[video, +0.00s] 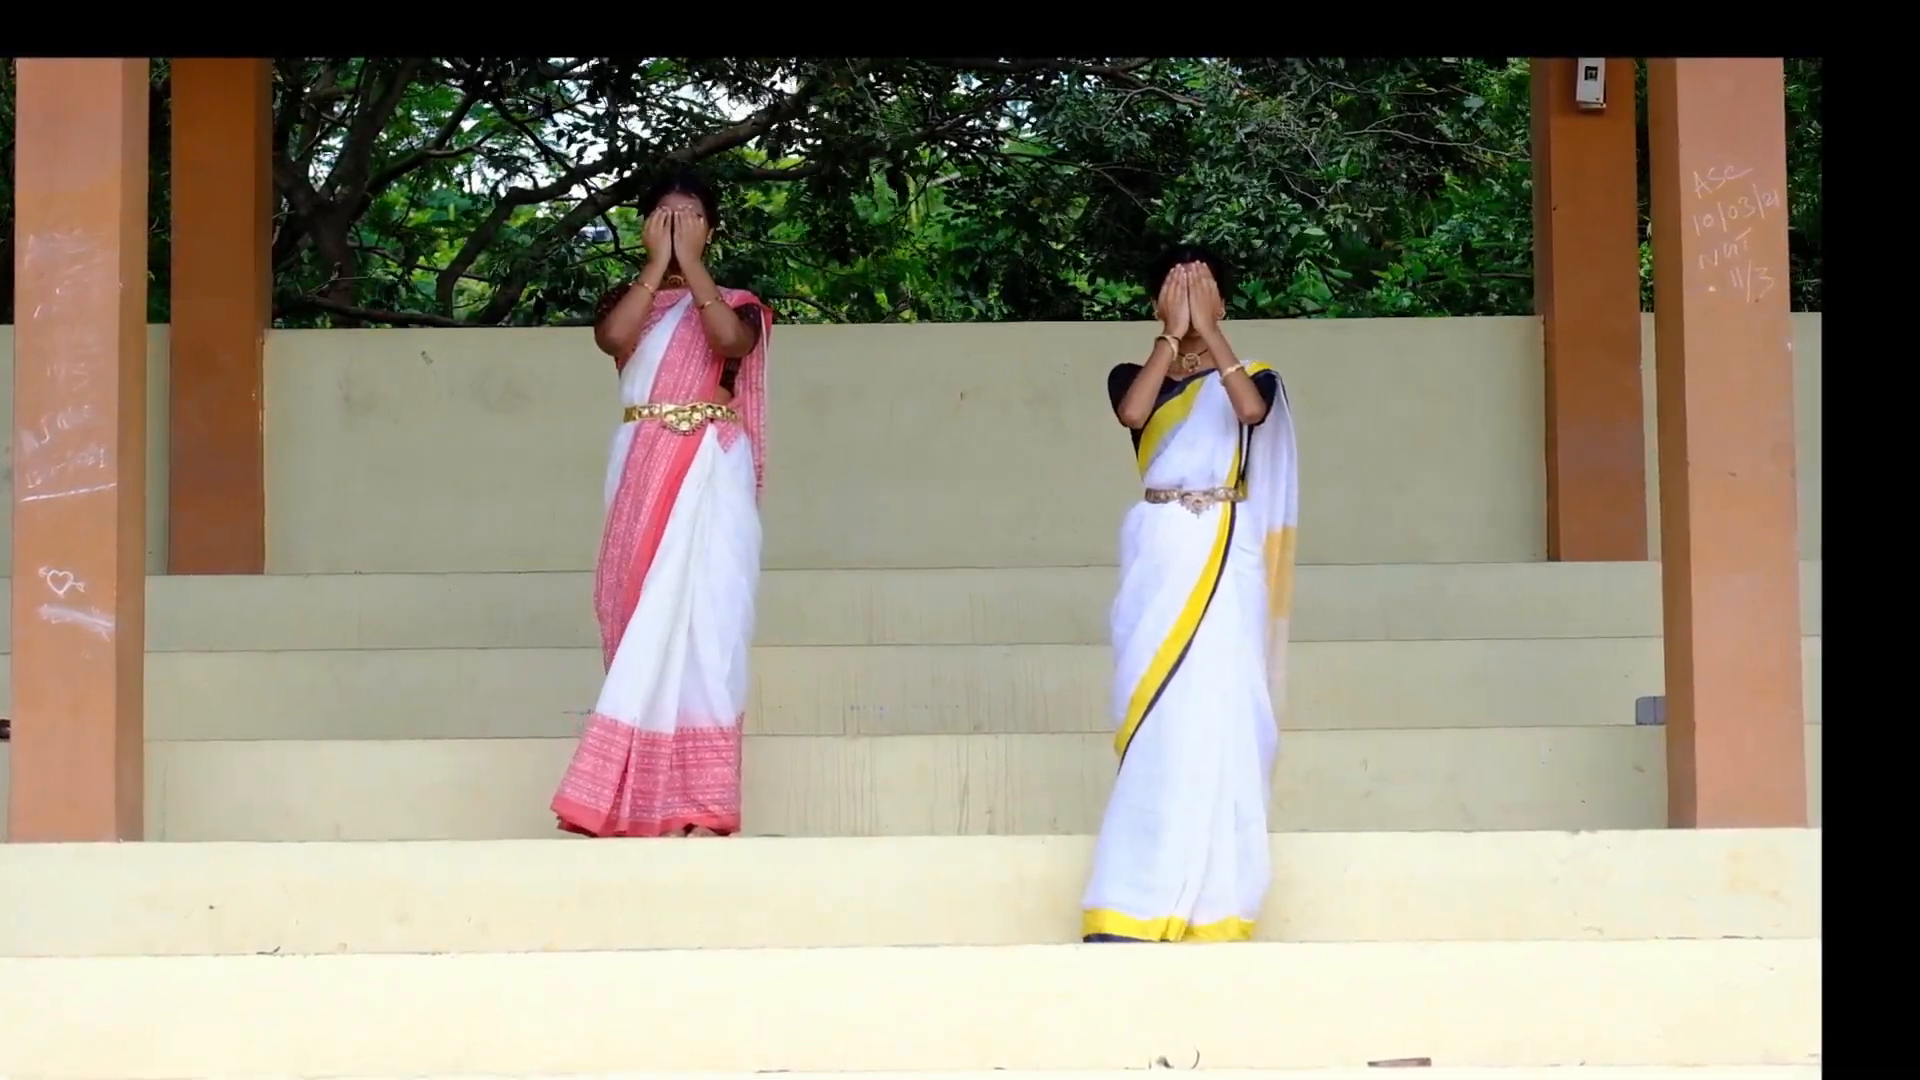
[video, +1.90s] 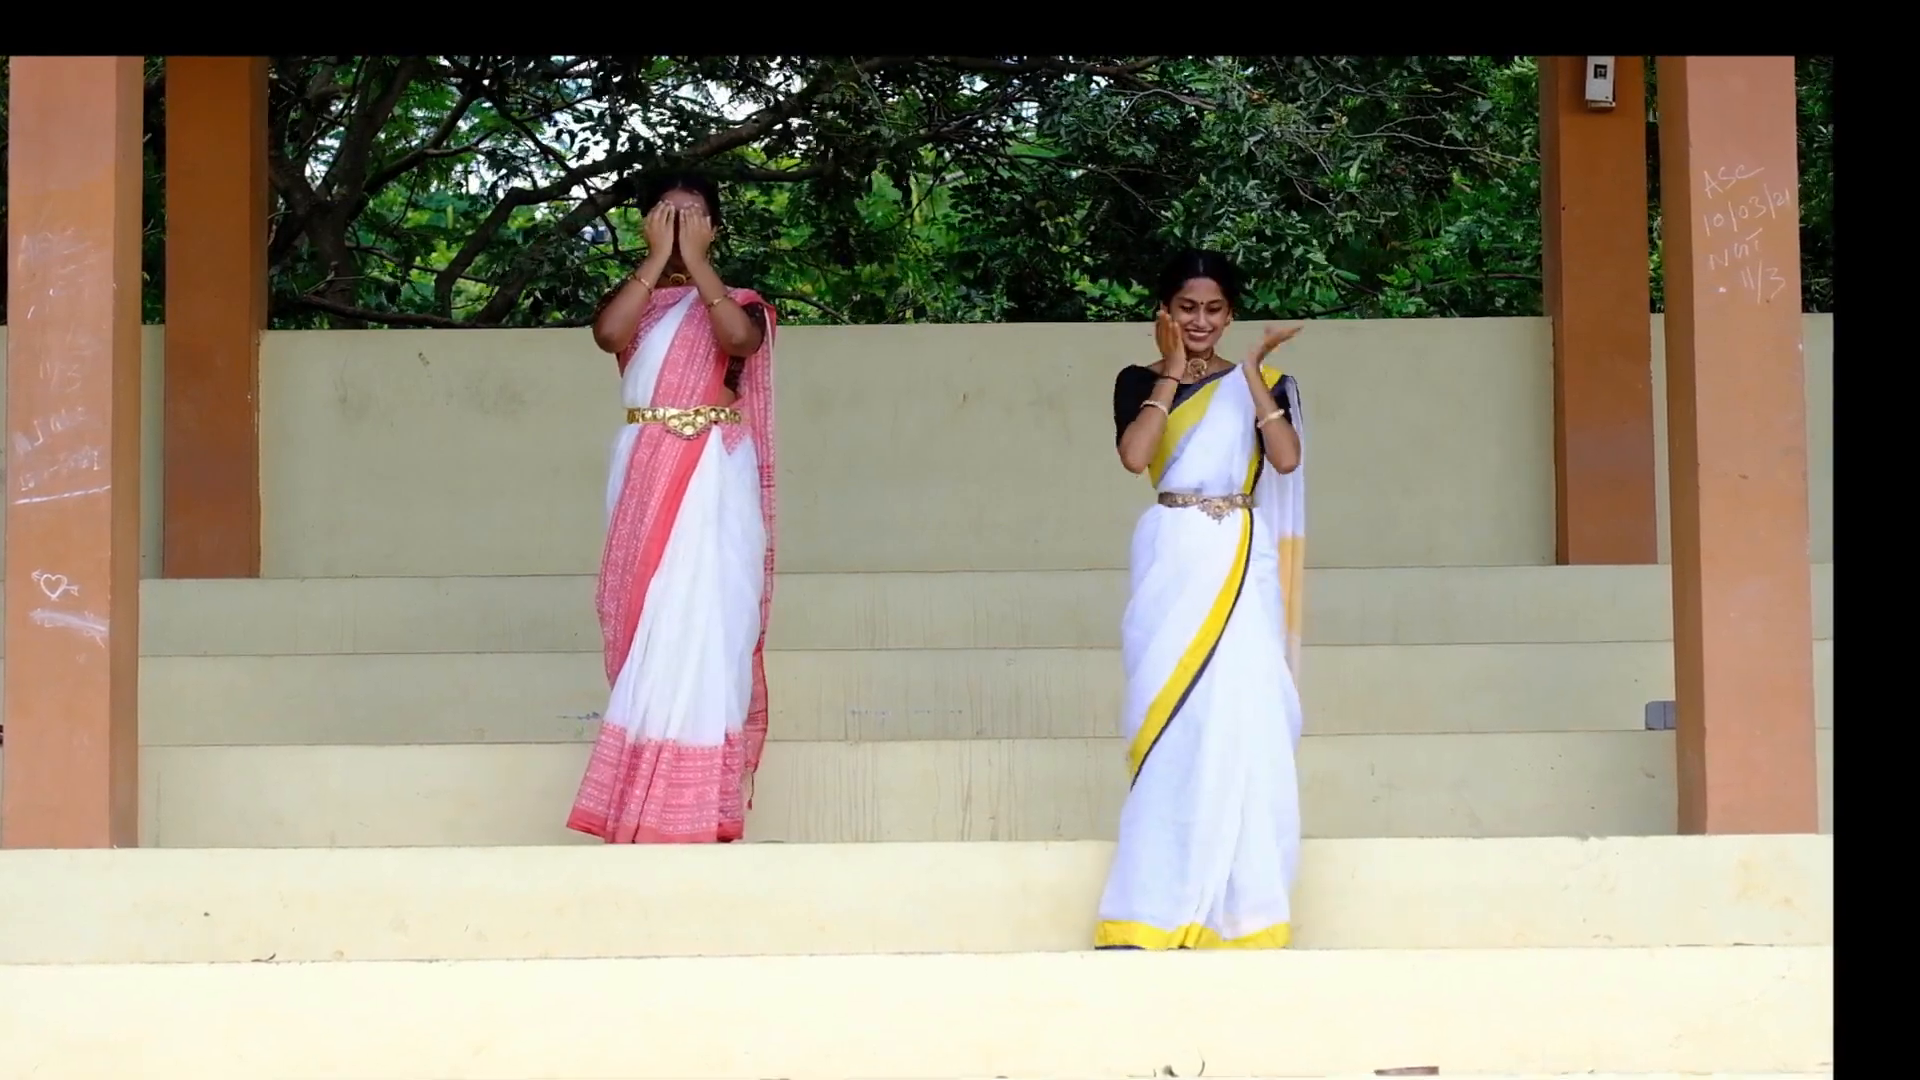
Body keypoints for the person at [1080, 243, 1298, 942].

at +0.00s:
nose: (1188, 318)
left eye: (1201, 306)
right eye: (1177, 306)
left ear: (1223, 310)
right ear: (1159, 312)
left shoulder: (1254, 378)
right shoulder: (1138, 379)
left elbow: (1248, 408)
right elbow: (1131, 409)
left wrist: (1211, 328)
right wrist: (1170, 335)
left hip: (1223, 564)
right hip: (1154, 561)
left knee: (1214, 718)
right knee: (1151, 717)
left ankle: (1211, 900)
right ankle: (1140, 899)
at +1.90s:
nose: (1202, 320)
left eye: (1215, 309)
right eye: (1189, 308)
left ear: (1230, 315)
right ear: (1165, 313)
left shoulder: (1262, 382)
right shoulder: (1141, 382)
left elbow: (1286, 458)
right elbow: (1136, 457)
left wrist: (1253, 366)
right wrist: (1173, 373)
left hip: (1240, 558)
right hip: (1172, 555)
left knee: (1239, 720)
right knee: (1169, 718)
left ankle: (1238, 905)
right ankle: (1163, 906)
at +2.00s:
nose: (1213, 318)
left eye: (1224, 307)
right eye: (1200, 305)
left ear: (1236, 316)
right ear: (1174, 311)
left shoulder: (1273, 392)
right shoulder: (1145, 389)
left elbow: (1299, 496)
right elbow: (1123, 498)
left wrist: (1265, 448)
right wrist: (1178, 441)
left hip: (1255, 563)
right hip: (1183, 563)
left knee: (1254, 723)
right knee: (1186, 722)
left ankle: (1248, 908)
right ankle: (1175, 908)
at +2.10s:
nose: (1225, 320)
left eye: (1235, 309)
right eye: (1212, 307)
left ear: (1244, 318)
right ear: (1181, 312)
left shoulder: (1271, 400)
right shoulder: (1148, 395)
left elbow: (1299, 498)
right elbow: (1121, 497)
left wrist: (1261, 510)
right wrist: (1132, 520)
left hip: (1266, 572)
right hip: (1193, 570)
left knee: (1284, 722)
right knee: (1248, 726)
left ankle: (1247, 913)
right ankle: (1167, 900)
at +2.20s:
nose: (1235, 316)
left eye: (1243, 305)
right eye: (1221, 303)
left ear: (1250, 316)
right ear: (1188, 310)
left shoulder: (1271, 399)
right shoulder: (1151, 395)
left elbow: (1301, 494)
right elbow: (1115, 488)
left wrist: (1257, 518)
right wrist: (1079, 564)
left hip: (1266, 564)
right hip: (1196, 563)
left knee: (1287, 709)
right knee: (1255, 707)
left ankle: (1250, 895)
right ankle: (1223, 889)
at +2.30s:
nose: (1242, 316)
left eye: (1250, 304)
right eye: (1228, 302)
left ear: (1255, 313)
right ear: (1192, 309)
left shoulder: (1274, 396)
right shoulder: (1156, 393)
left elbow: (1305, 488)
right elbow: (1100, 486)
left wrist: (1228, 499)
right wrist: (1030, 566)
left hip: (1265, 555)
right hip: (1199, 555)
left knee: (1252, 706)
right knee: (1309, 648)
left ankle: (1246, 883)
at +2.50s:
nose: (1247, 319)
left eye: (1255, 308)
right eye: (1236, 305)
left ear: (1258, 318)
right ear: (1198, 309)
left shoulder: (1277, 398)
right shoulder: (1160, 395)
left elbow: (1304, 476)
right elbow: (1077, 480)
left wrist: (1230, 445)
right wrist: (989, 537)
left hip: (1273, 556)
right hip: (1205, 556)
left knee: (1391, 633)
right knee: (1264, 699)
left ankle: (1501, 744)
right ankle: (1233, 885)